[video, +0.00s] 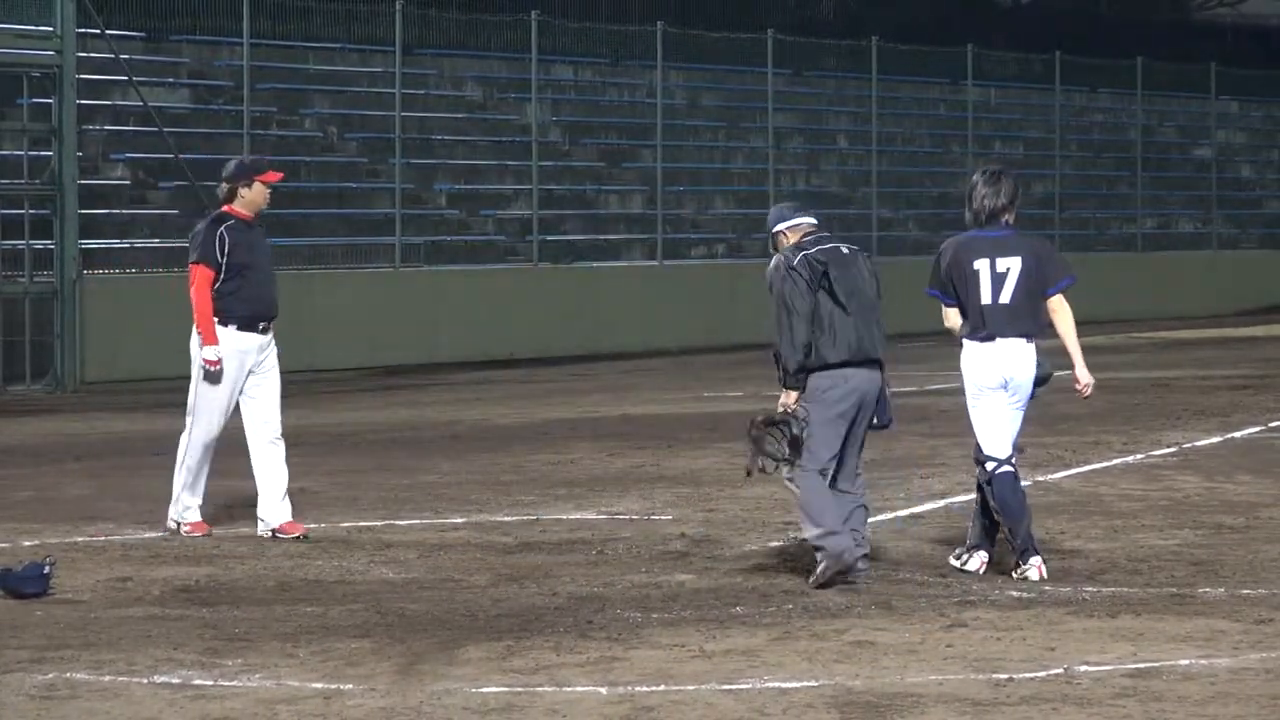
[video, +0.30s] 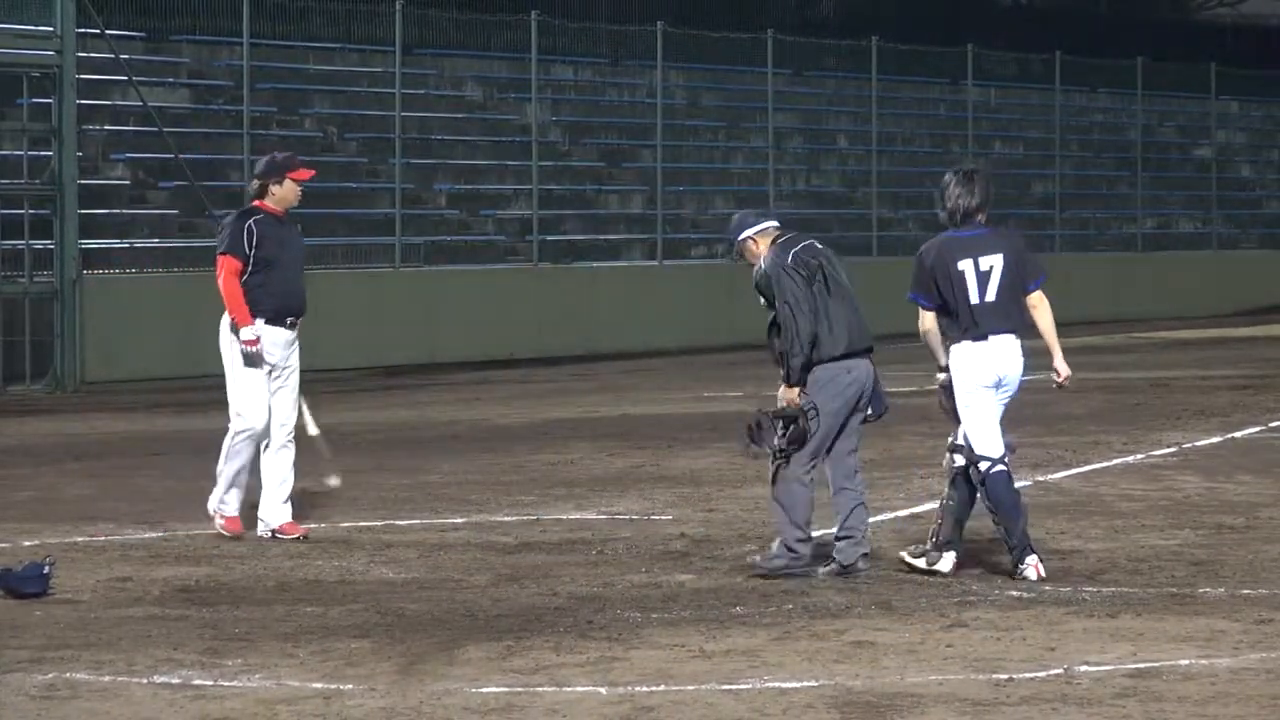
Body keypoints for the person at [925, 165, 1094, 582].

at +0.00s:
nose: (1015, 208)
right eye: (1014, 202)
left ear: (972, 204)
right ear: (1012, 206)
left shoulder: (955, 249)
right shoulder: (1035, 247)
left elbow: (952, 319)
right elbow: (1058, 307)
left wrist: (981, 336)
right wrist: (1079, 364)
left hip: (978, 357)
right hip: (1023, 355)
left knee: (996, 460)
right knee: (994, 453)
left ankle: (1029, 555)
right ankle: (979, 547)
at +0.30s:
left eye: (947, 199)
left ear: (946, 205)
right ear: (984, 203)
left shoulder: (933, 252)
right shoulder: (1010, 241)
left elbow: (927, 324)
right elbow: (1037, 302)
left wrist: (944, 365)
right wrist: (1057, 355)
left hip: (967, 358)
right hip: (1011, 355)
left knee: (989, 456)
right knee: (966, 450)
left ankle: (1026, 555)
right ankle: (943, 546)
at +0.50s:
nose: (916, 205)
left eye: (918, 198)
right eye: (918, 198)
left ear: (926, 203)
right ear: (961, 199)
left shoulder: (922, 246)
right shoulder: (988, 243)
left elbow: (911, 313)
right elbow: (1008, 305)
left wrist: (908, 369)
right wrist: (1019, 356)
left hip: (944, 355)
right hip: (982, 352)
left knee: (965, 456)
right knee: (952, 452)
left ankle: (1015, 546)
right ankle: (936, 550)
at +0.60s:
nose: (910, 205)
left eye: (914, 198)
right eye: (912, 197)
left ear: (926, 201)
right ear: (953, 199)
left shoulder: (926, 242)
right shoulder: (977, 241)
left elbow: (909, 308)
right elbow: (987, 306)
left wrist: (894, 368)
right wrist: (986, 359)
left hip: (937, 349)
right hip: (969, 347)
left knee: (948, 454)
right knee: (943, 451)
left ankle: (1008, 539)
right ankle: (936, 550)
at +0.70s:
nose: (899, 206)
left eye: (902, 199)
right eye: (898, 199)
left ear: (919, 199)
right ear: (931, 197)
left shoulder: (931, 238)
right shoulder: (954, 234)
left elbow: (919, 306)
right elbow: (945, 302)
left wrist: (897, 366)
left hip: (932, 349)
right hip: (950, 347)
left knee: (938, 455)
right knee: (927, 453)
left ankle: (1008, 535)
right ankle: (935, 551)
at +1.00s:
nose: (879, 214)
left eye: (885, 205)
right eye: (876, 206)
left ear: (908, 203)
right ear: (884, 208)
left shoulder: (936, 243)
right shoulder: (894, 248)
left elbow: (956, 308)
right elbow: (884, 315)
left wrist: (952, 371)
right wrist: (884, 372)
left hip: (933, 353)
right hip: (901, 355)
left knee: (926, 453)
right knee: (915, 454)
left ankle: (967, 544)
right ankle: (933, 548)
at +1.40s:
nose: (861, 215)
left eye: (868, 207)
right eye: (859, 208)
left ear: (892, 208)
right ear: (867, 211)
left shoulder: (935, 249)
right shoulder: (862, 256)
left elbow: (964, 314)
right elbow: (855, 315)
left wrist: (984, 375)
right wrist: (831, 371)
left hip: (931, 362)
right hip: (887, 365)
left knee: (926, 464)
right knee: (884, 475)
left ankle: (946, 564)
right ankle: (919, 543)